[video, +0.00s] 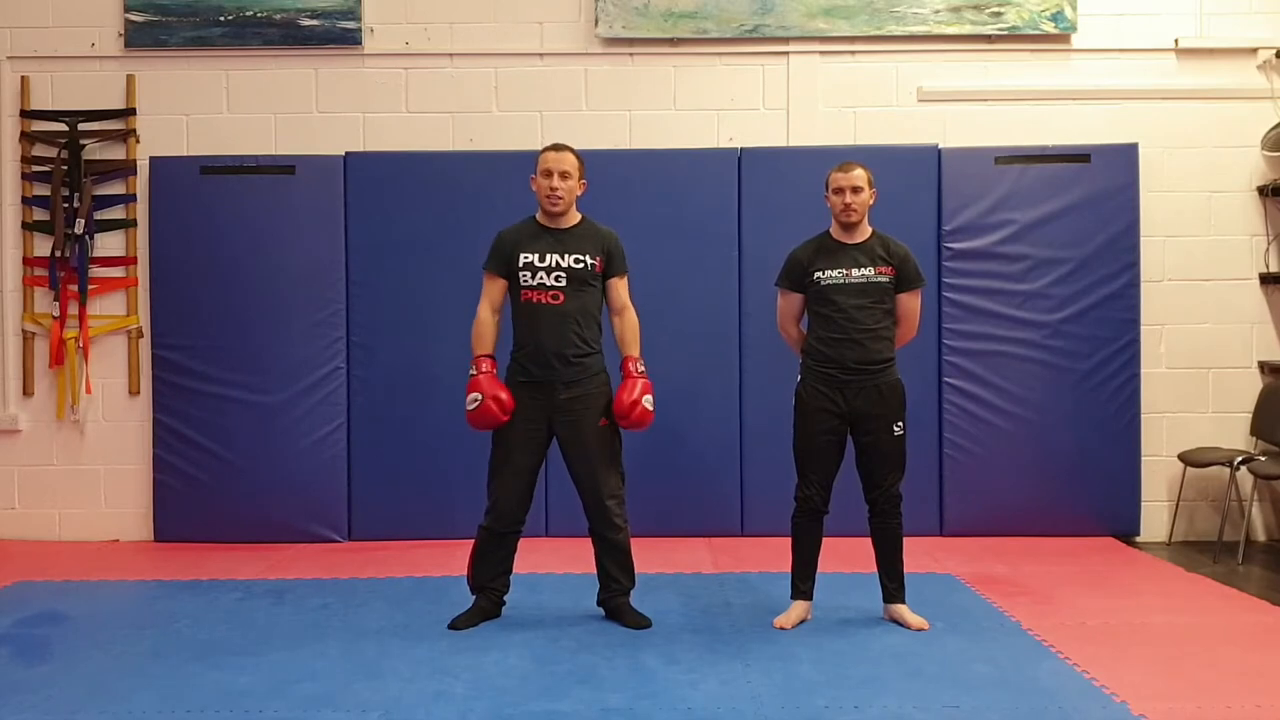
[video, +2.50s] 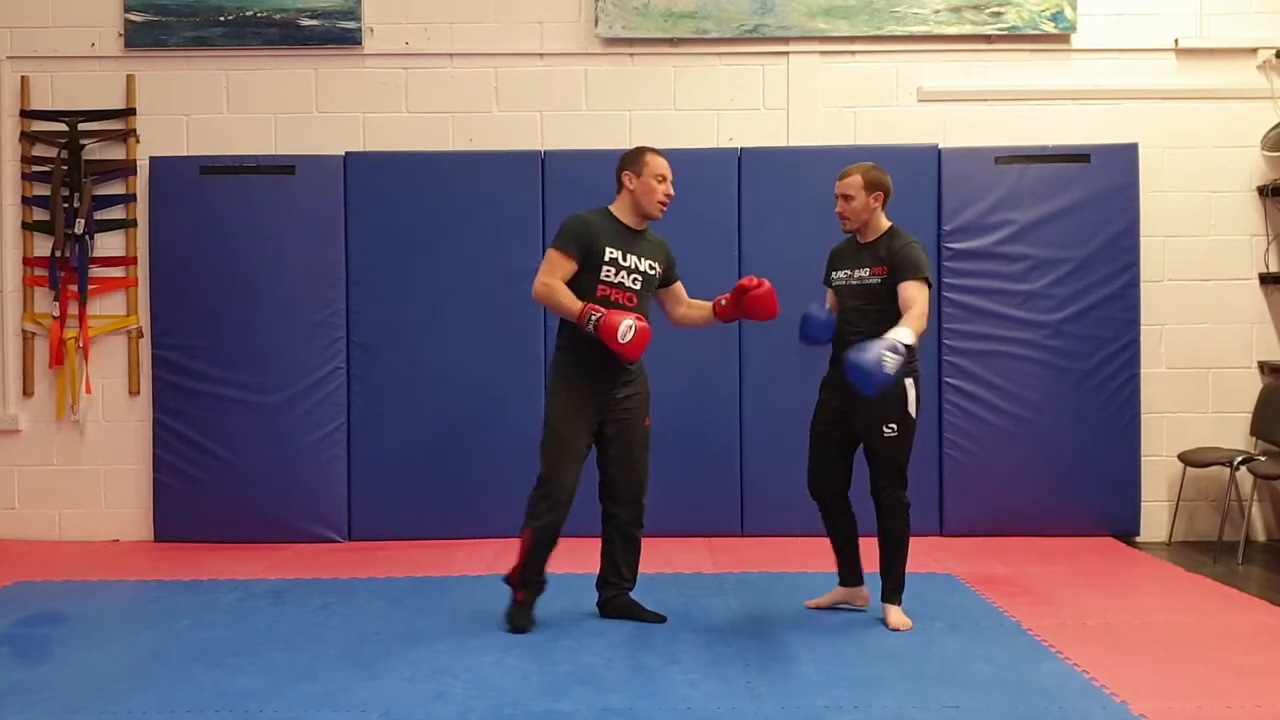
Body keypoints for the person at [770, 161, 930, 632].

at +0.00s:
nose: (847, 199)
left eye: (855, 190)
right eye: (838, 191)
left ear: (872, 196)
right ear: (827, 198)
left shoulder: (897, 256)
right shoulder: (805, 258)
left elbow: (908, 327)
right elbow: (787, 325)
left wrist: (866, 353)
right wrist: (822, 357)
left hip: (879, 392)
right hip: (820, 392)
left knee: (886, 499)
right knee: (810, 497)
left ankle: (894, 601)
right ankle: (801, 599)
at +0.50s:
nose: (846, 196)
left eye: (855, 188)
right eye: (838, 189)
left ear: (871, 195)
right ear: (827, 197)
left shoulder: (897, 255)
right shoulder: (805, 257)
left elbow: (908, 328)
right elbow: (788, 325)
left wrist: (865, 353)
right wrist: (823, 357)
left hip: (879, 392)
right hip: (820, 392)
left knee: (886, 499)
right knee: (810, 497)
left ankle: (894, 601)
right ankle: (801, 599)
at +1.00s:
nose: (845, 195)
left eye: (854, 187)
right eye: (837, 188)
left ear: (871, 195)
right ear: (827, 197)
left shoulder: (897, 255)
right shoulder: (805, 258)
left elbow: (908, 327)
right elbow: (788, 325)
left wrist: (865, 352)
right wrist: (822, 357)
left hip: (880, 392)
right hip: (820, 393)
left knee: (886, 499)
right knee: (810, 497)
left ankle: (894, 601)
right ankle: (801, 599)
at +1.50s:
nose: (845, 196)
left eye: (854, 188)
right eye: (837, 188)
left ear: (872, 196)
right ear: (827, 197)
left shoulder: (897, 256)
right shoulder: (805, 258)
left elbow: (908, 327)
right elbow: (788, 325)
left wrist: (866, 353)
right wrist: (822, 357)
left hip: (880, 392)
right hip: (821, 393)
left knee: (886, 499)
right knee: (811, 497)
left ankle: (894, 601)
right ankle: (801, 599)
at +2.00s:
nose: (835, 202)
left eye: (845, 194)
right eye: (831, 194)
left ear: (871, 199)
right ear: (828, 199)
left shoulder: (900, 255)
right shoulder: (812, 259)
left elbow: (923, 322)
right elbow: (807, 325)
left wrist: (908, 376)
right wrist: (805, 376)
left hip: (884, 390)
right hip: (824, 391)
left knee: (888, 500)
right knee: (810, 496)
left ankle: (892, 600)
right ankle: (799, 597)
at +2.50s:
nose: (838, 207)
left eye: (847, 198)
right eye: (837, 198)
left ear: (876, 200)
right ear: (853, 201)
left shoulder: (904, 250)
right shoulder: (839, 253)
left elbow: (917, 314)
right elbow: (831, 311)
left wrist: (892, 343)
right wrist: (819, 323)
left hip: (888, 383)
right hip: (840, 381)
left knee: (888, 490)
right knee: (825, 484)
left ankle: (892, 602)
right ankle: (851, 586)